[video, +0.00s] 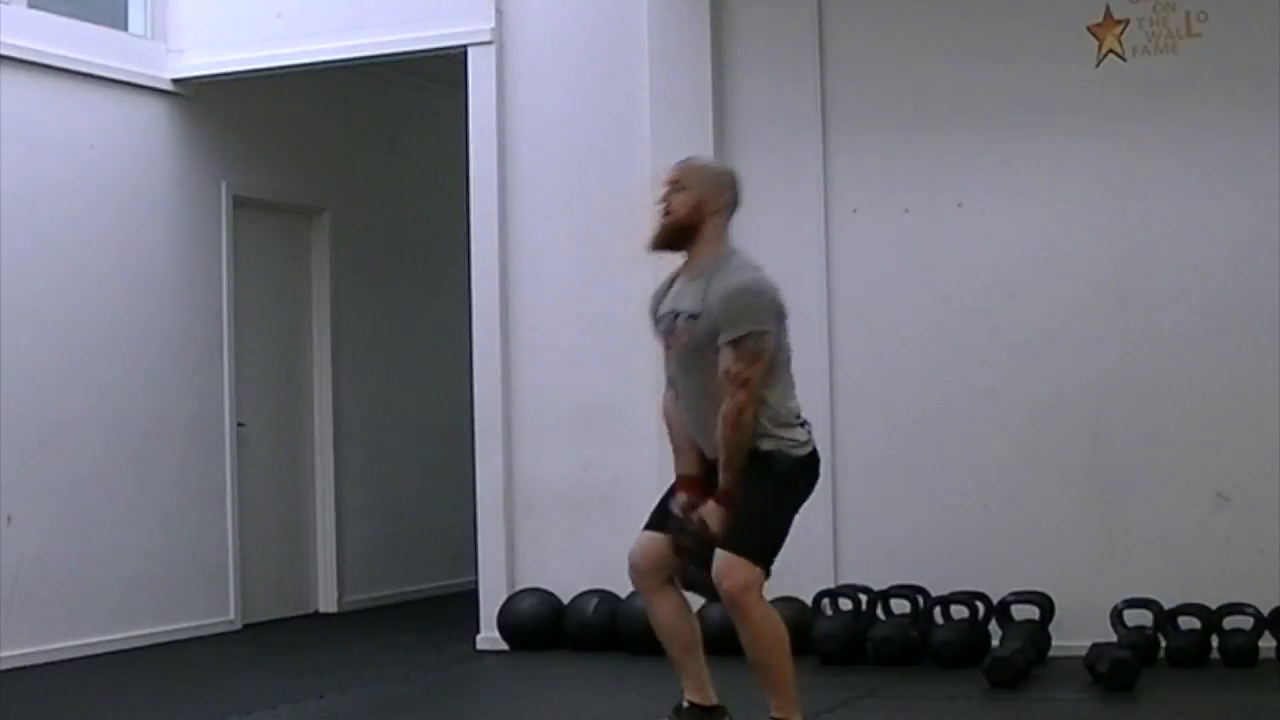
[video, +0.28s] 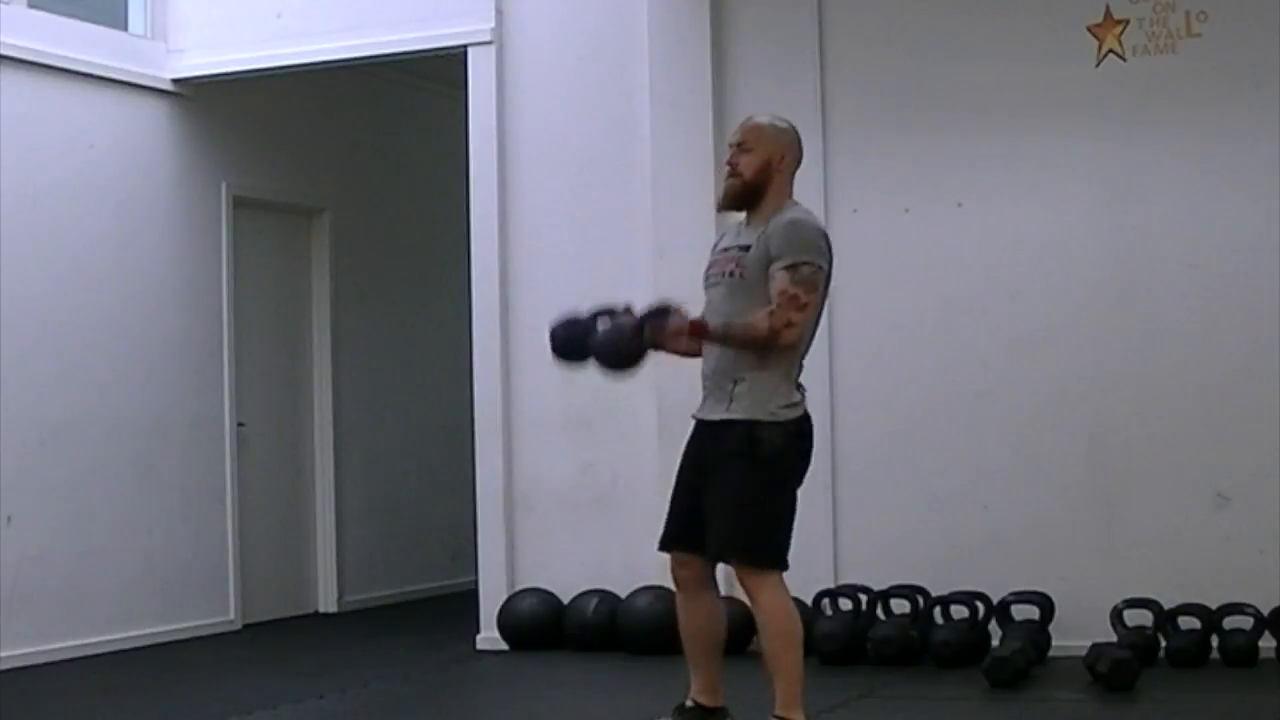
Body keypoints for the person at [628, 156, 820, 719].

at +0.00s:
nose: (662, 200)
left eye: (676, 190)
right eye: (665, 191)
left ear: (712, 204)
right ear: (699, 207)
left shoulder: (745, 287)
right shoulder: (670, 294)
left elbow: (741, 404)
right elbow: (676, 394)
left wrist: (726, 493)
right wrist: (688, 475)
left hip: (775, 458)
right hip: (715, 460)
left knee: (736, 579)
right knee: (649, 564)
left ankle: (788, 713)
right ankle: (701, 702)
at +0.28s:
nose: (728, 160)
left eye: (743, 150)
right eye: (730, 150)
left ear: (781, 165)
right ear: (742, 166)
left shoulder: (797, 231)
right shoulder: (732, 235)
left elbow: (784, 331)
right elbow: (724, 335)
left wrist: (698, 329)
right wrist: (659, 332)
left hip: (768, 427)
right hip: (716, 425)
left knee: (756, 568)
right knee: (688, 562)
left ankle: (791, 711)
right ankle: (705, 702)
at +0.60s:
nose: (700, 151)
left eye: (714, 141)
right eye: (701, 142)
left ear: (752, 158)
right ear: (712, 161)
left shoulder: (768, 234)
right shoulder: (697, 231)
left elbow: (704, 304)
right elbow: (645, 319)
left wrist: (681, 239)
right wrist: (638, 248)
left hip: (754, 424)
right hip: (698, 426)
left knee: (750, 570)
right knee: (681, 565)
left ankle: (791, 711)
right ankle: (704, 704)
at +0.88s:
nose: (690, 202)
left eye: (705, 193)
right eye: (693, 191)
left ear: (741, 208)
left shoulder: (767, 286)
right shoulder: (688, 283)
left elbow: (704, 358)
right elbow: (636, 367)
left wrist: (696, 269)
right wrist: (663, 289)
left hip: (743, 471)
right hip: (683, 473)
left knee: (693, 601)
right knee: (624, 594)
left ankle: (781, 714)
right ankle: (699, 704)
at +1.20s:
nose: (722, 124)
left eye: (737, 119)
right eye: (727, 118)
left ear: (763, 150)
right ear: (735, 150)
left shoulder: (768, 213)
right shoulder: (697, 216)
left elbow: (688, 216)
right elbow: (618, 231)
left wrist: (691, 150)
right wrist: (648, 167)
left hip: (735, 402)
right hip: (679, 401)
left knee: (730, 556)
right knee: (668, 556)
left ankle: (779, 707)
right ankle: (695, 699)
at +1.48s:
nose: (650, 179)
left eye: (662, 170)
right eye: (651, 170)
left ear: (702, 178)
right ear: (665, 182)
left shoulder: (725, 238)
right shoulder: (669, 239)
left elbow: (737, 138)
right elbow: (663, 143)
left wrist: (730, 58)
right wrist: (668, 67)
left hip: (751, 439)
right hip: (702, 443)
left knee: (715, 588)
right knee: (650, 574)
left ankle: (784, 712)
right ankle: (701, 704)